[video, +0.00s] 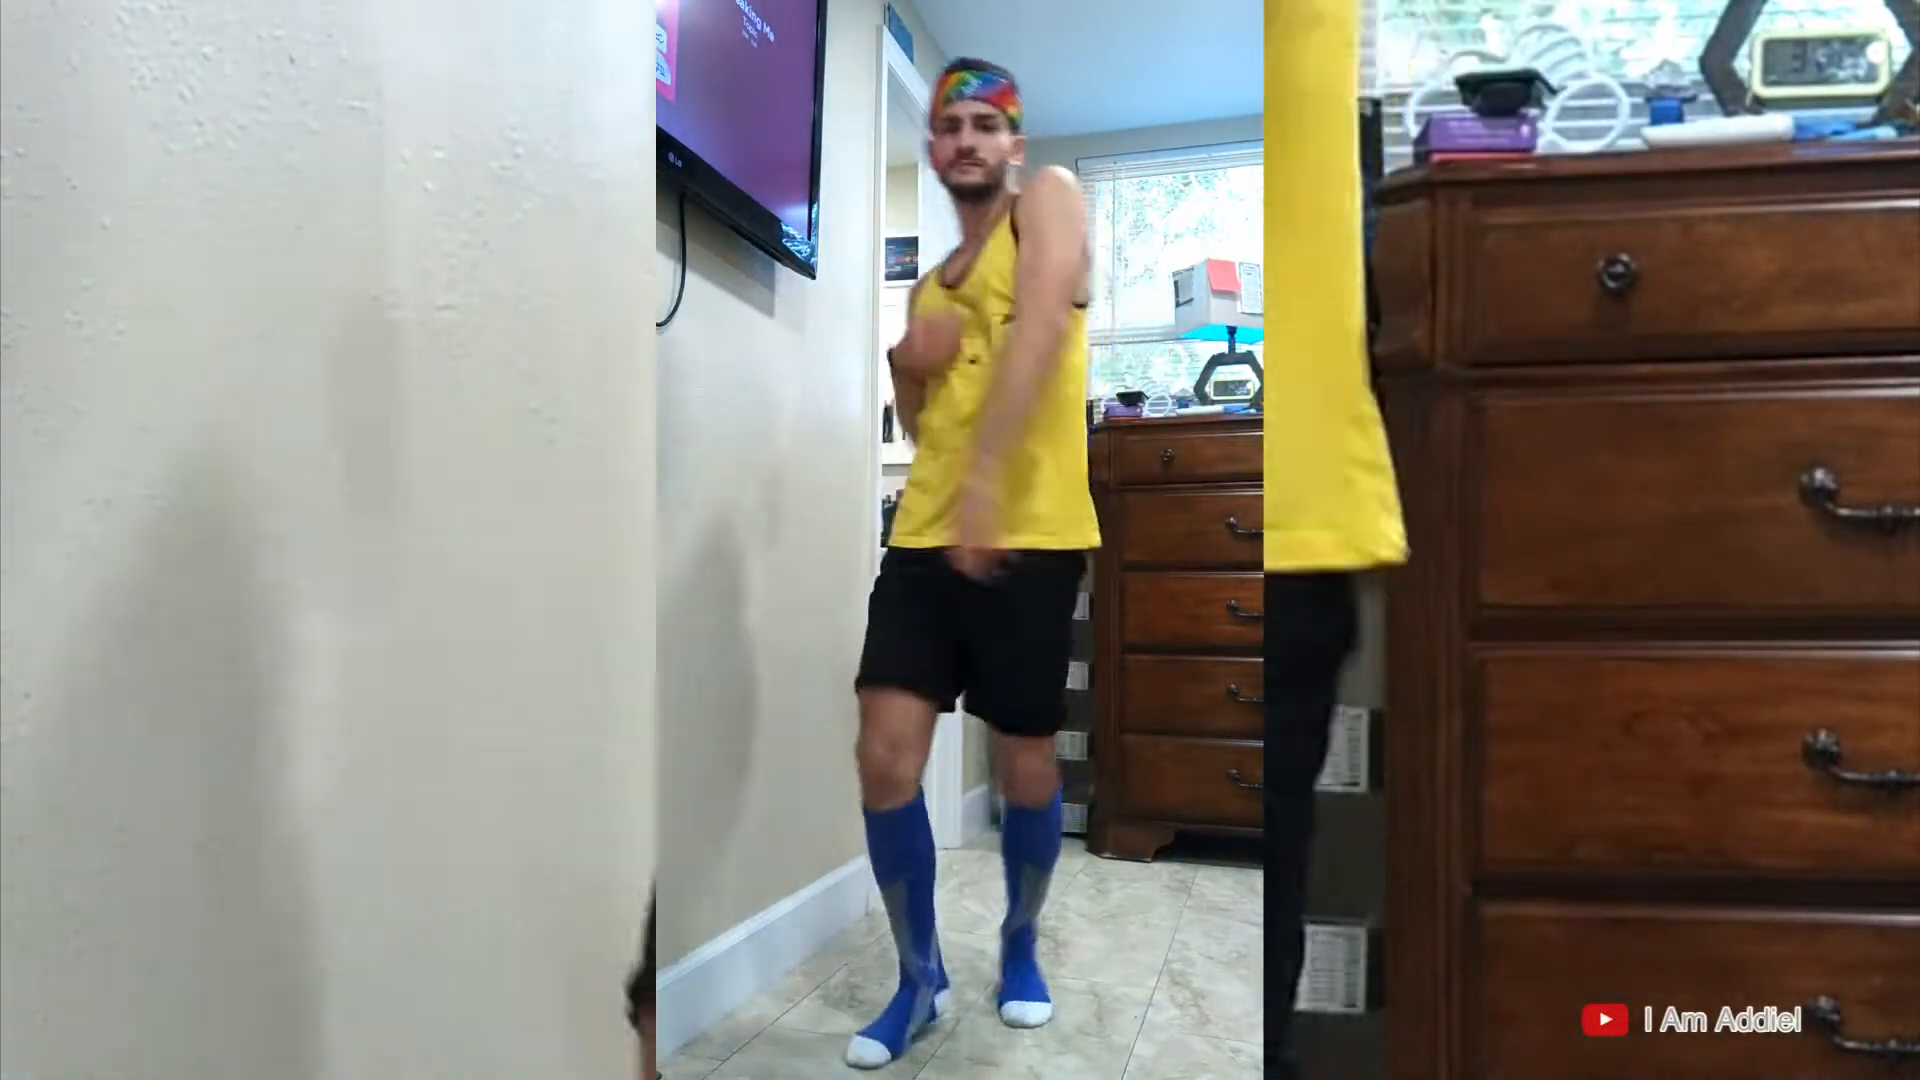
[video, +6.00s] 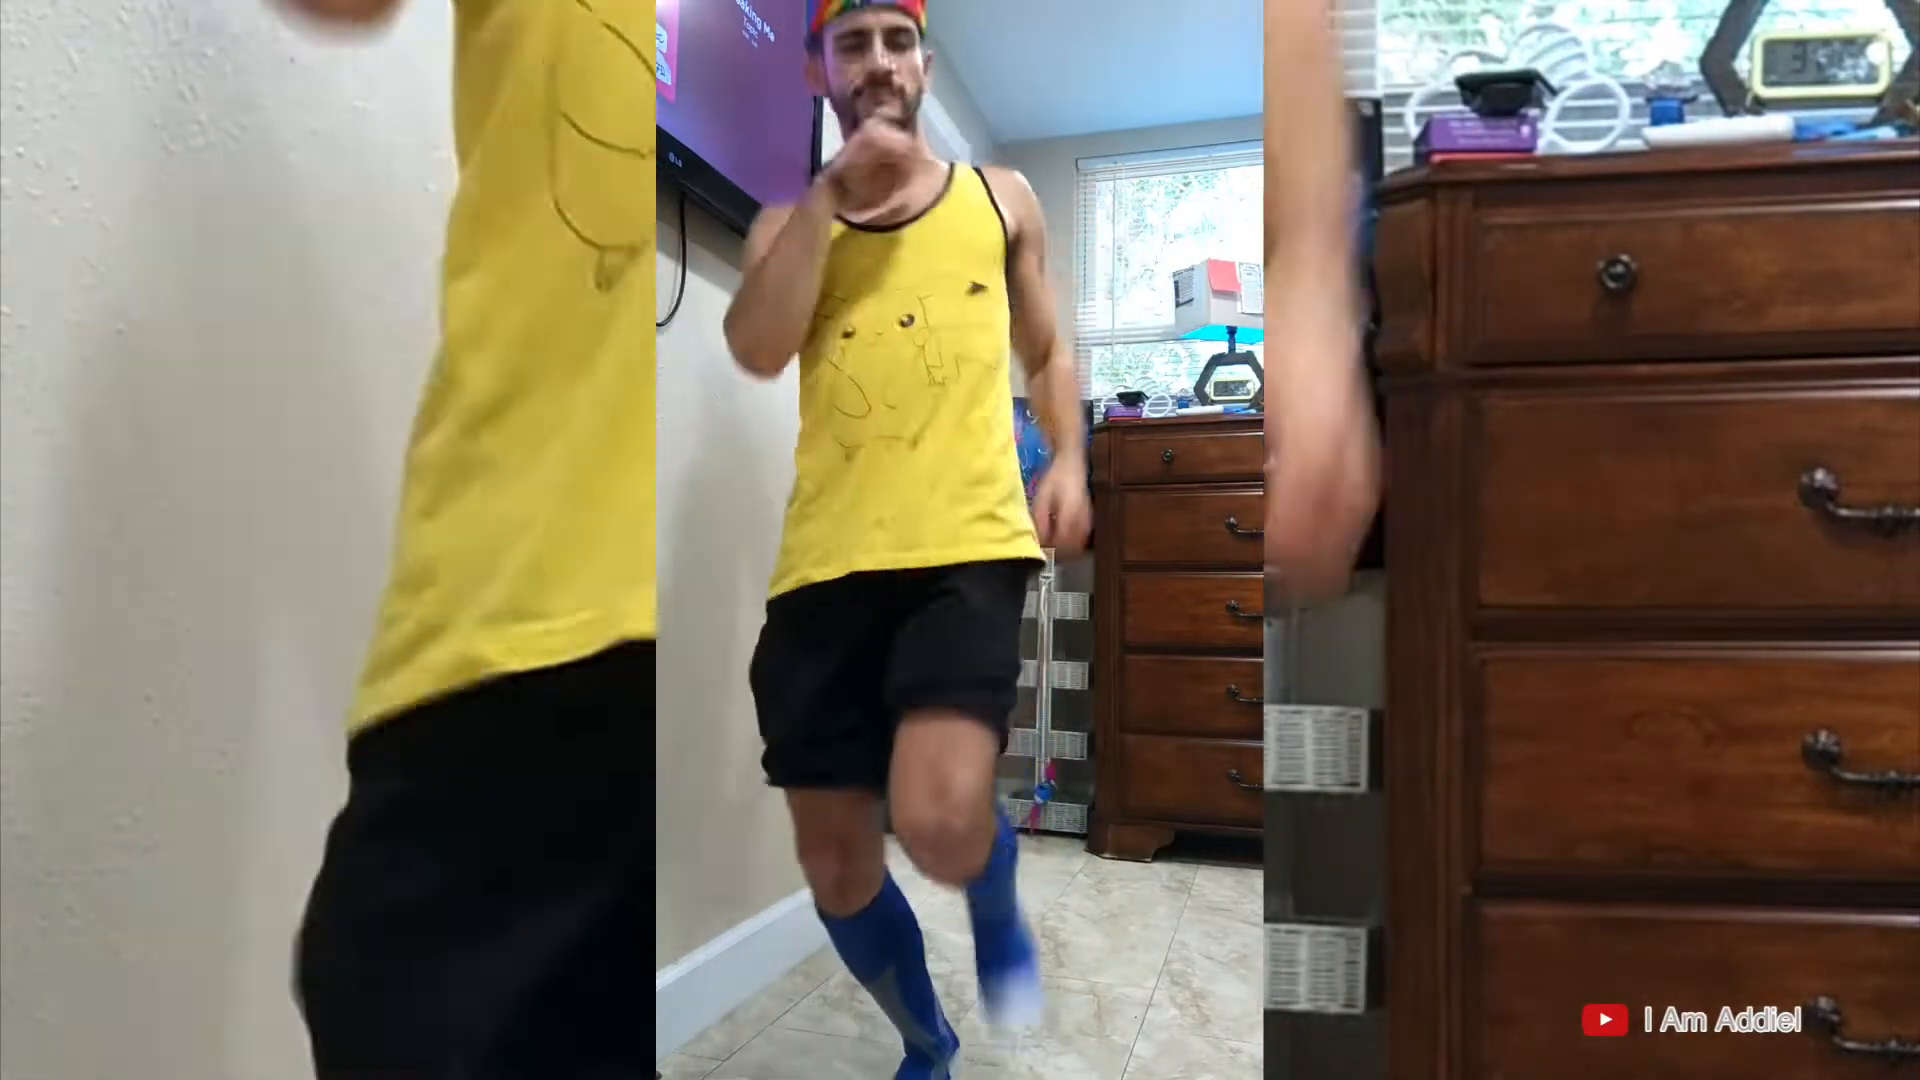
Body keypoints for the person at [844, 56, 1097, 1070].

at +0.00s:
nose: (966, 140)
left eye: (986, 125)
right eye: (949, 127)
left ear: (1018, 141)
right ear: (931, 148)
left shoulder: (1049, 196)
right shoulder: (935, 283)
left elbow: (1045, 319)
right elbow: (913, 424)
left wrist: (985, 478)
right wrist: (915, 368)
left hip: (1032, 533)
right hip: (927, 532)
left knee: (1026, 766)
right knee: (885, 759)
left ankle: (1022, 945)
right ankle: (919, 975)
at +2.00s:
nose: (872, 52)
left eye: (896, 40)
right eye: (851, 37)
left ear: (925, 73)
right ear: (821, 70)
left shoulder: (978, 138)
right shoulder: (804, 231)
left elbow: (1068, 291)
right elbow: (788, 400)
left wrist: (1029, 466)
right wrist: (845, 284)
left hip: (979, 518)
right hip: (848, 529)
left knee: (1052, 772)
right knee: (816, 784)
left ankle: (991, 887)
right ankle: (859, 1035)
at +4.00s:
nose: (955, 14)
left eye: (983, 3)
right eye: (944, 7)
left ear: (1037, 35)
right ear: (934, 47)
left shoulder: (1090, 136)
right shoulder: (915, 183)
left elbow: (1042, 206)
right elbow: (928, 343)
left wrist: (877, 138)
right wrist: (877, 422)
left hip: (1034, 518)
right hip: (906, 515)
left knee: (1029, 801)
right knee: (847, 754)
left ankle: (1017, 1037)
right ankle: (898, 966)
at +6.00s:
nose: (881, 65)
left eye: (898, 42)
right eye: (855, 45)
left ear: (926, 62)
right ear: (822, 72)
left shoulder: (1000, 198)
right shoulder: (791, 222)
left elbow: (1047, 349)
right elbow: (759, 350)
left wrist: (1070, 459)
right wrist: (831, 196)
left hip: (969, 539)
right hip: (825, 557)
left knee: (939, 818)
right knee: (834, 864)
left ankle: (1002, 929)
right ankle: (927, 1043)